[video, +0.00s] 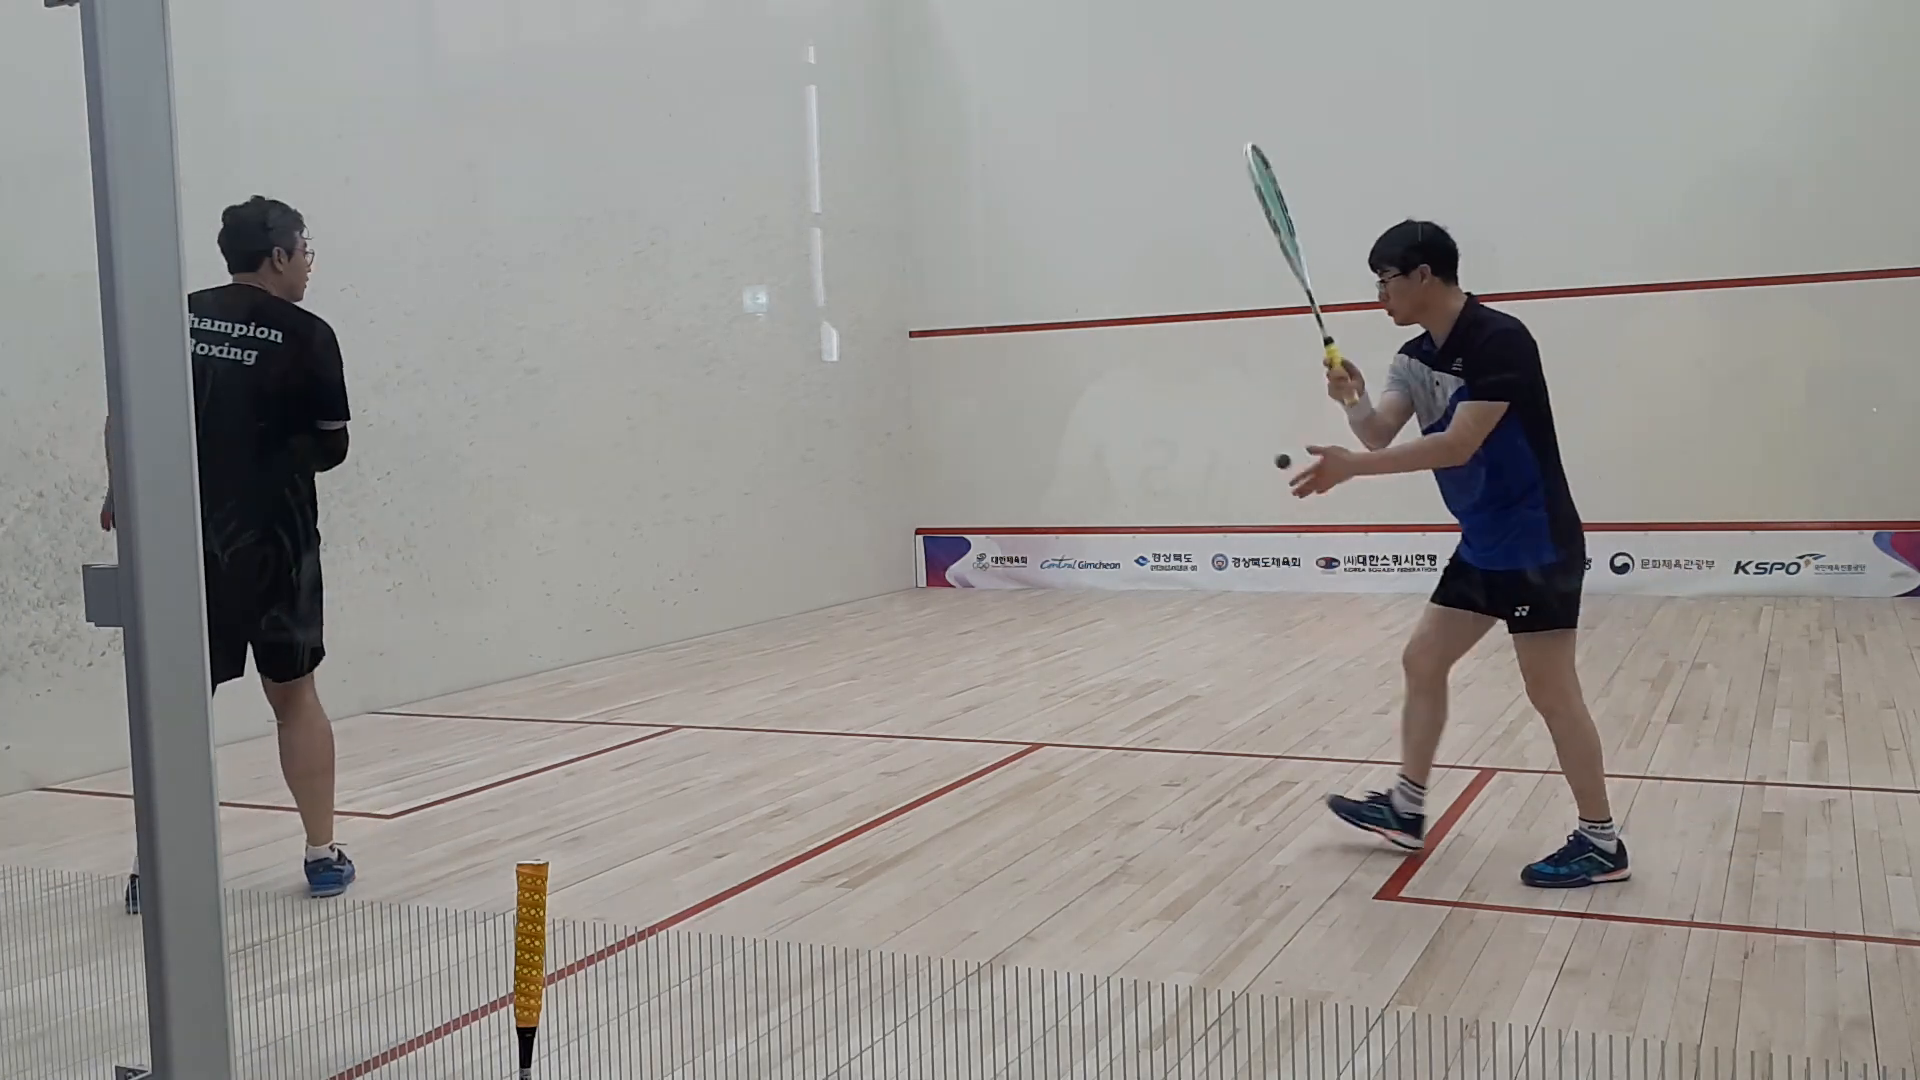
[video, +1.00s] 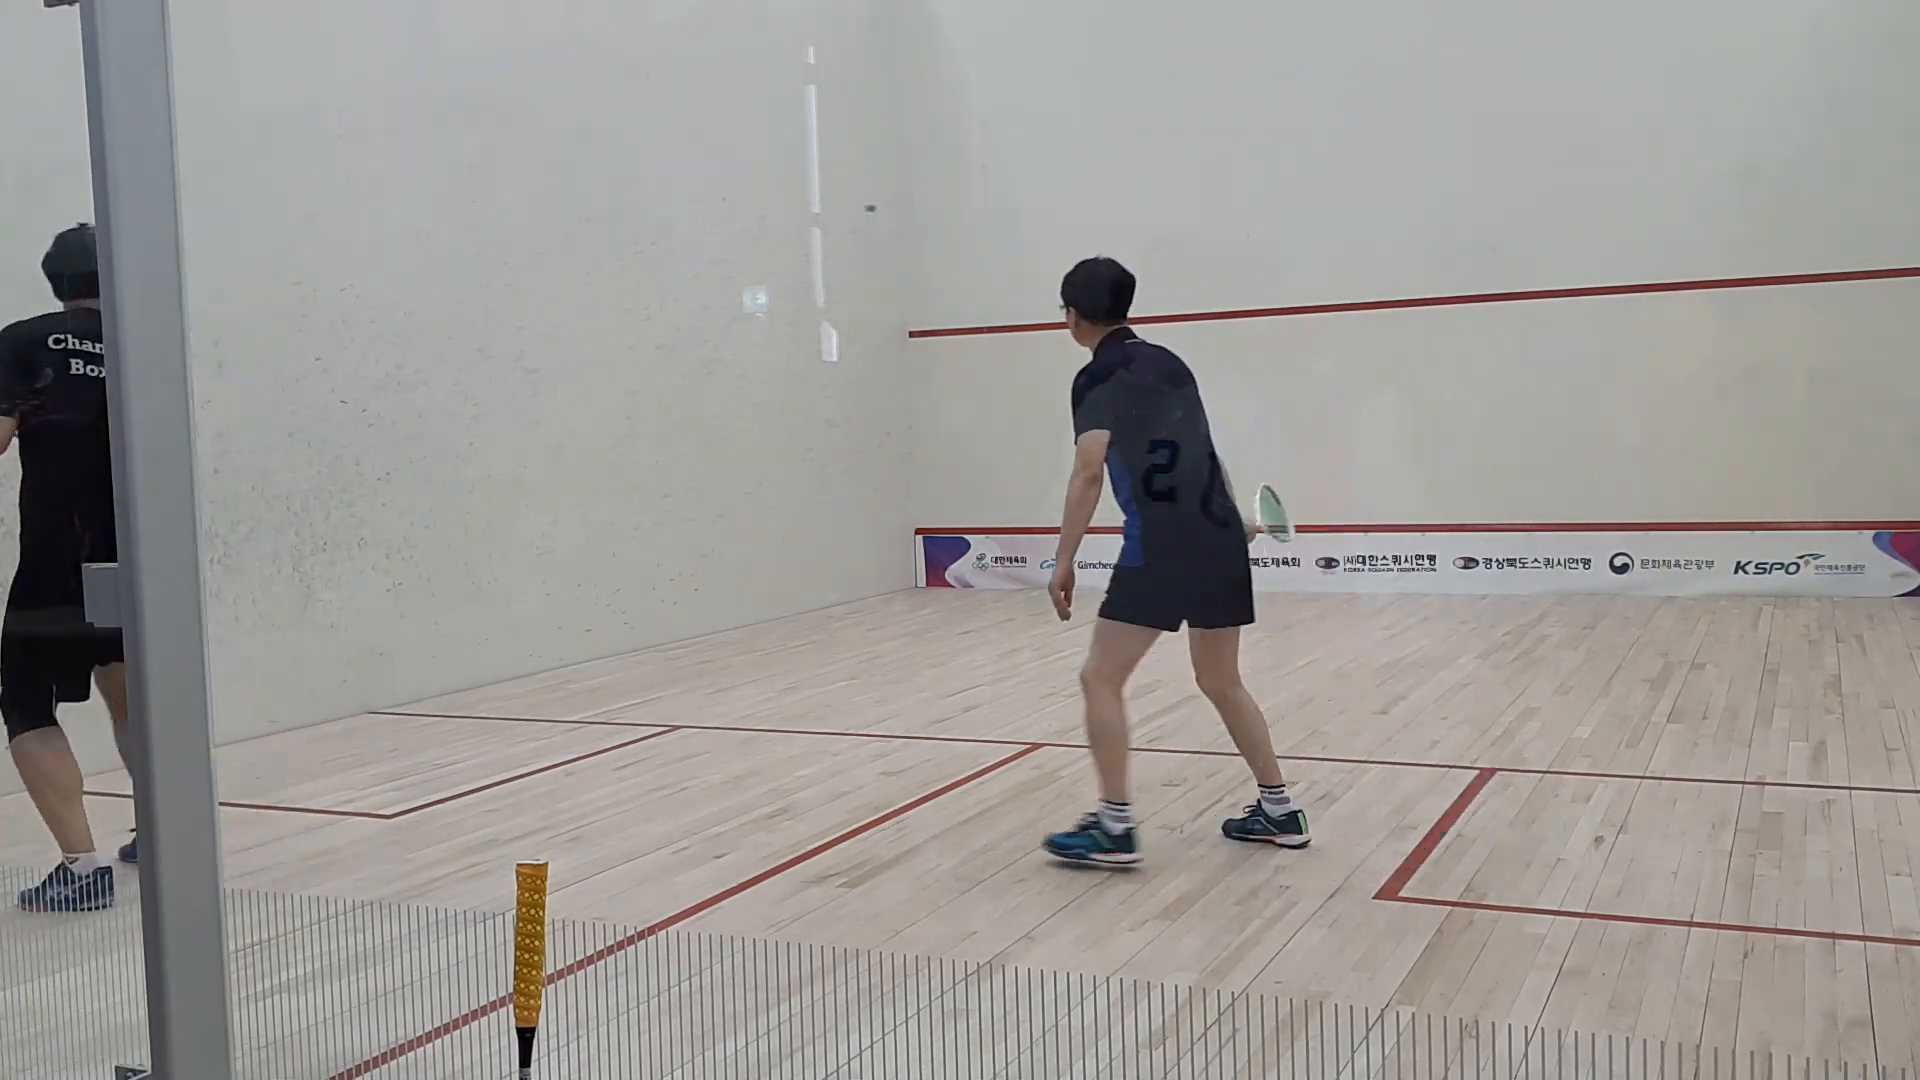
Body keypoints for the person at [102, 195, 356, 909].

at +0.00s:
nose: (310, 263)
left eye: (306, 251)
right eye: (304, 252)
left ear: (236, 260)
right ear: (280, 258)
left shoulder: (174, 312)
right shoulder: (307, 333)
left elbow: (124, 414)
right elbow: (330, 447)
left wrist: (119, 489)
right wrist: (268, 446)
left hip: (179, 543)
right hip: (275, 547)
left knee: (166, 706)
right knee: (295, 699)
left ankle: (151, 866)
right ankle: (323, 855)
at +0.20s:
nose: (306, 268)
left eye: (302, 256)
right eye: (302, 257)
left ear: (230, 262)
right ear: (285, 262)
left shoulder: (183, 315)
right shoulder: (315, 341)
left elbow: (136, 389)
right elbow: (333, 450)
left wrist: (101, 447)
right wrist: (261, 434)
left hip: (187, 541)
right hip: (284, 547)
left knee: (172, 700)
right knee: (299, 694)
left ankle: (155, 857)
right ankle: (323, 855)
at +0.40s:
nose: (293, 271)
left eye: (290, 260)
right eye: (289, 261)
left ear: (215, 269)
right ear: (272, 267)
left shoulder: (177, 321)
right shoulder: (305, 345)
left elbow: (115, 403)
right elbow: (314, 452)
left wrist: (51, 431)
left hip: (186, 547)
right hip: (276, 550)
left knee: (155, 699)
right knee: (294, 696)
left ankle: (135, 855)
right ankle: (324, 853)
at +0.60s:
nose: (252, 276)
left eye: (249, 264)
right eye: (247, 265)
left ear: (184, 273)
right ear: (229, 273)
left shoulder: (144, 327)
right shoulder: (269, 352)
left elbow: (94, 399)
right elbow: (274, 456)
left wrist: (9, 416)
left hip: (145, 558)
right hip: (244, 560)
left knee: (108, 704)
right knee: (273, 697)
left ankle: (92, 866)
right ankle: (321, 851)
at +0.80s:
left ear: (107, 259)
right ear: (177, 265)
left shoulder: (72, 334)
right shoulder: (205, 353)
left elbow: (30, 419)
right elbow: (210, 464)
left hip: (85, 557)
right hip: (181, 562)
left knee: (59, 703)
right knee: (206, 685)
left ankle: (84, 867)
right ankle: (278, 810)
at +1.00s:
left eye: (61, 282)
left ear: (54, 283)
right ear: (112, 278)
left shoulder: (22, 342)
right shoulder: (144, 336)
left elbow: (3, 441)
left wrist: (35, 416)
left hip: (51, 566)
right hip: (135, 564)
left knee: (22, 700)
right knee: (122, 679)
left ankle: (83, 863)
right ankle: (158, 828)